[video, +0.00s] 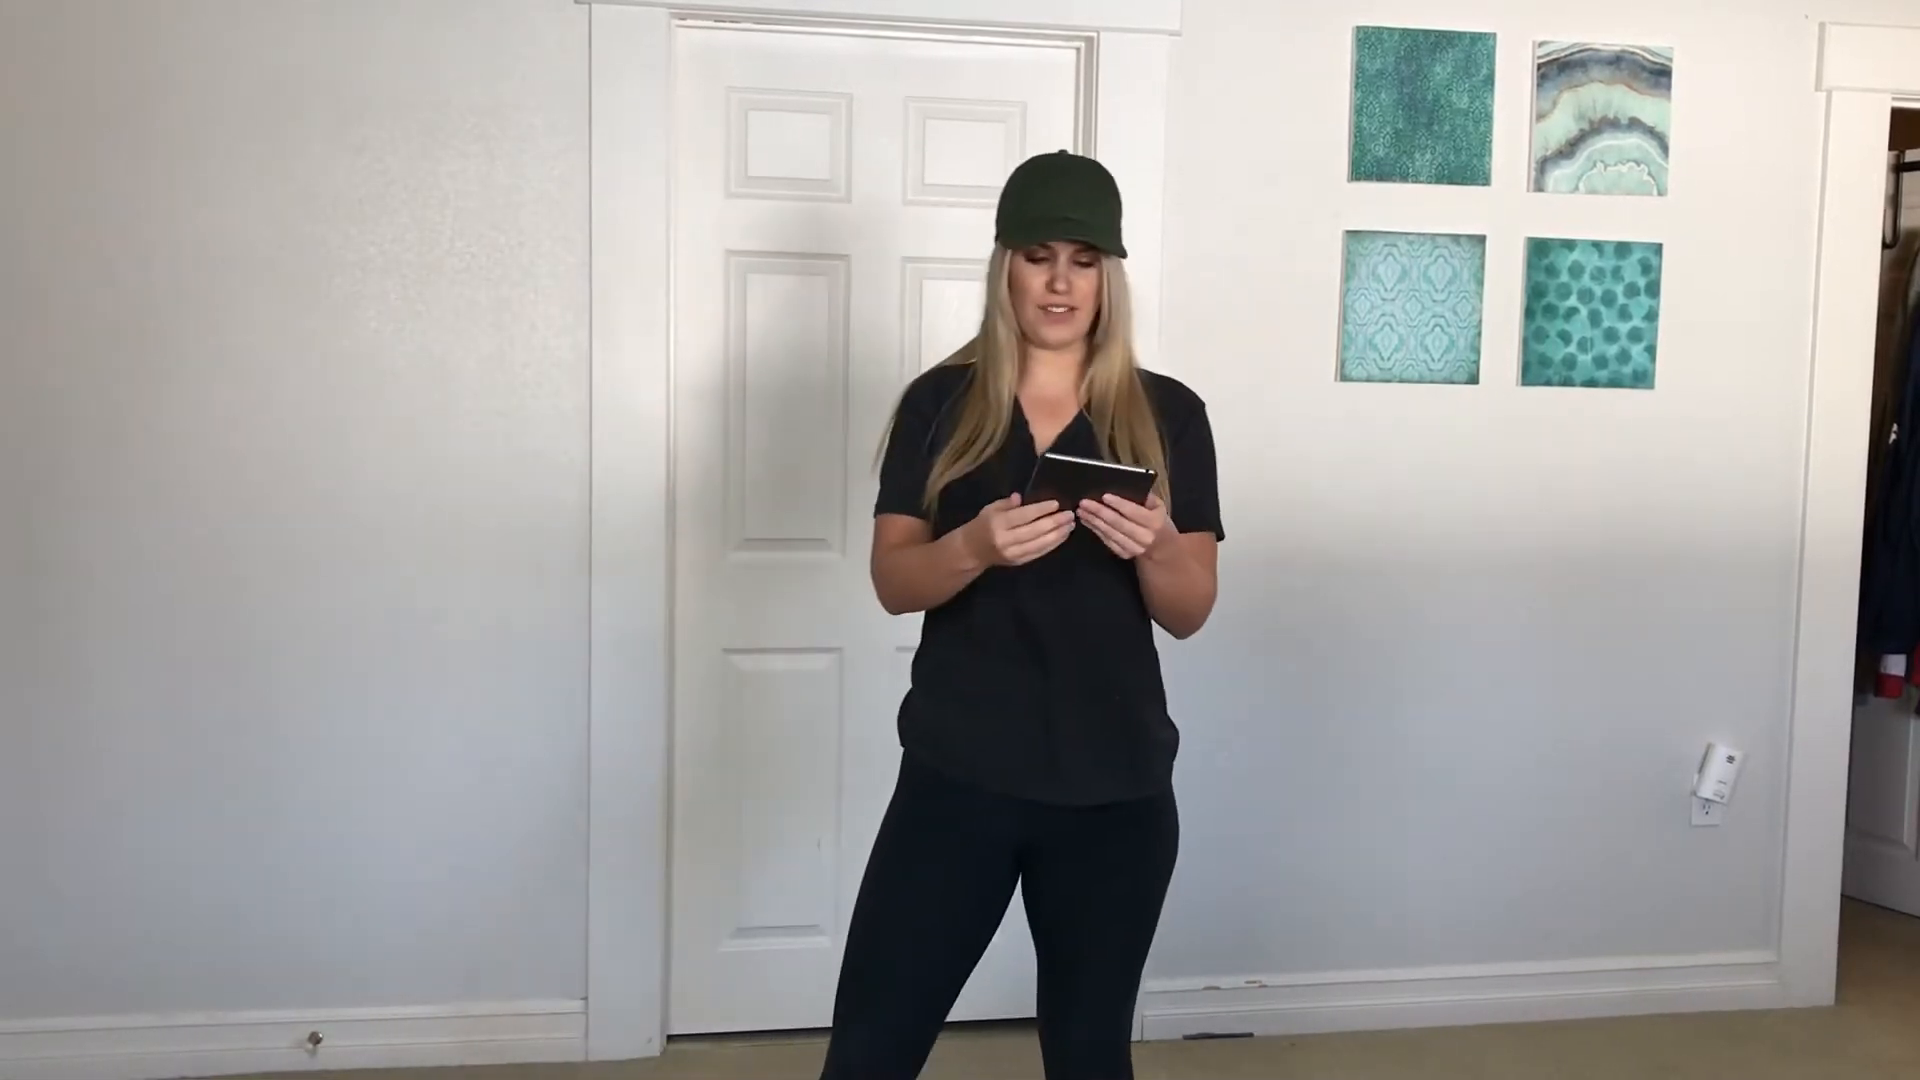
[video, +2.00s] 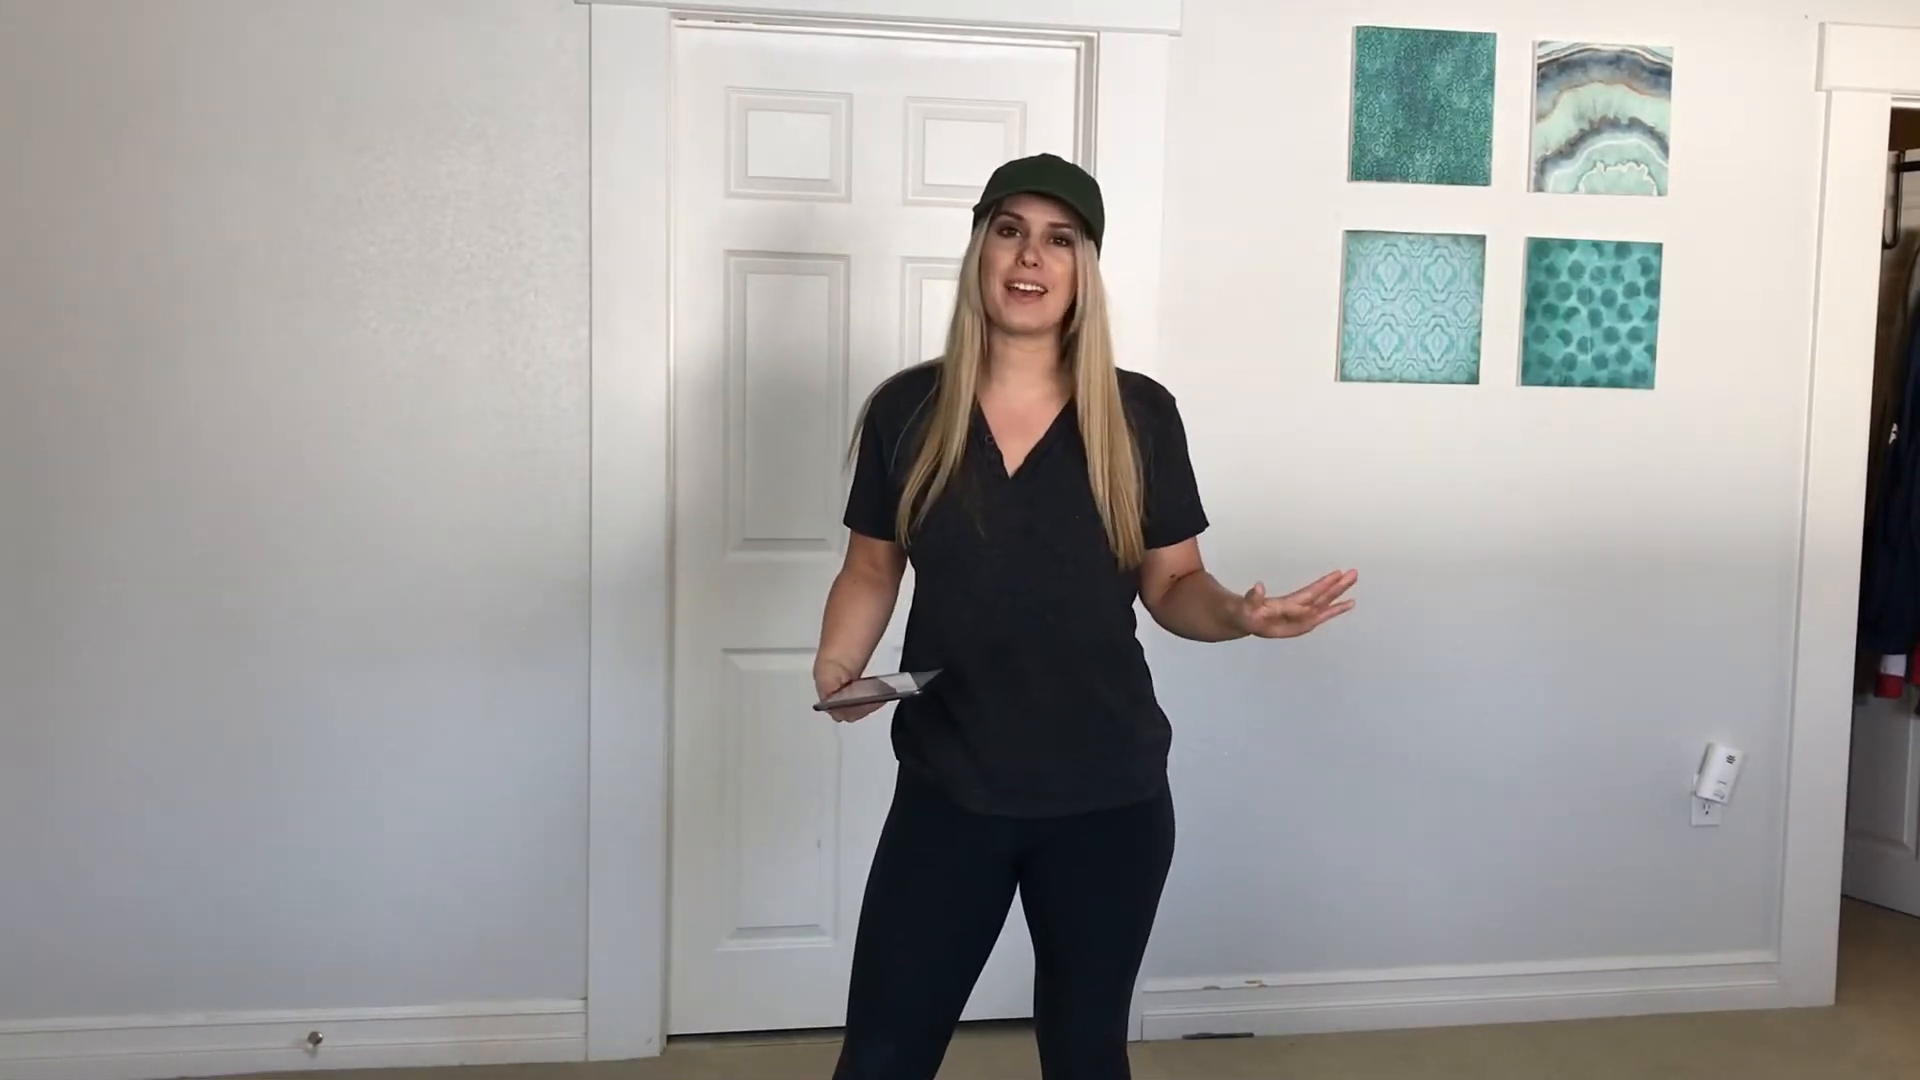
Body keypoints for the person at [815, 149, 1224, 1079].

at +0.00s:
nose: (1059, 283)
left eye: (1082, 262)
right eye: (1038, 259)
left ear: (1109, 275)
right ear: (1003, 268)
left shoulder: (1166, 415)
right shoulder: (938, 404)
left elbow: (1189, 610)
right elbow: (893, 581)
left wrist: (1156, 548)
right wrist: (974, 546)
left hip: (1112, 789)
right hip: (955, 781)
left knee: (1090, 1056)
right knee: (868, 1056)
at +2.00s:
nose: (1029, 257)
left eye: (1057, 239)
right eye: (1008, 232)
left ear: (1087, 269)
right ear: (977, 254)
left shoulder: (1136, 410)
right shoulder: (908, 410)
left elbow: (1174, 584)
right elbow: (869, 569)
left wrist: (1239, 614)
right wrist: (838, 664)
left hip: (1105, 789)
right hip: (951, 787)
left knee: (1085, 1057)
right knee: (882, 1058)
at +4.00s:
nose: (1016, 268)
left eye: (1047, 253)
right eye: (1001, 240)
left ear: (1082, 283)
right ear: (973, 255)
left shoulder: (1136, 410)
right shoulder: (909, 408)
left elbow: (1176, 578)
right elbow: (878, 562)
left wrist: (1216, 576)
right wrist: (841, 659)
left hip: (1097, 793)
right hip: (944, 787)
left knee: (1079, 1057)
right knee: (875, 1058)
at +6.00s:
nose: (1030, 270)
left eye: (1057, 252)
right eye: (1009, 246)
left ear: (1088, 275)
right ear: (978, 264)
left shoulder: (1138, 411)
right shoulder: (914, 407)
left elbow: (1188, 595)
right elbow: (875, 561)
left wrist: (1205, 522)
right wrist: (850, 658)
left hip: (1097, 790)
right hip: (944, 786)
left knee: (1080, 1055)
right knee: (877, 1057)